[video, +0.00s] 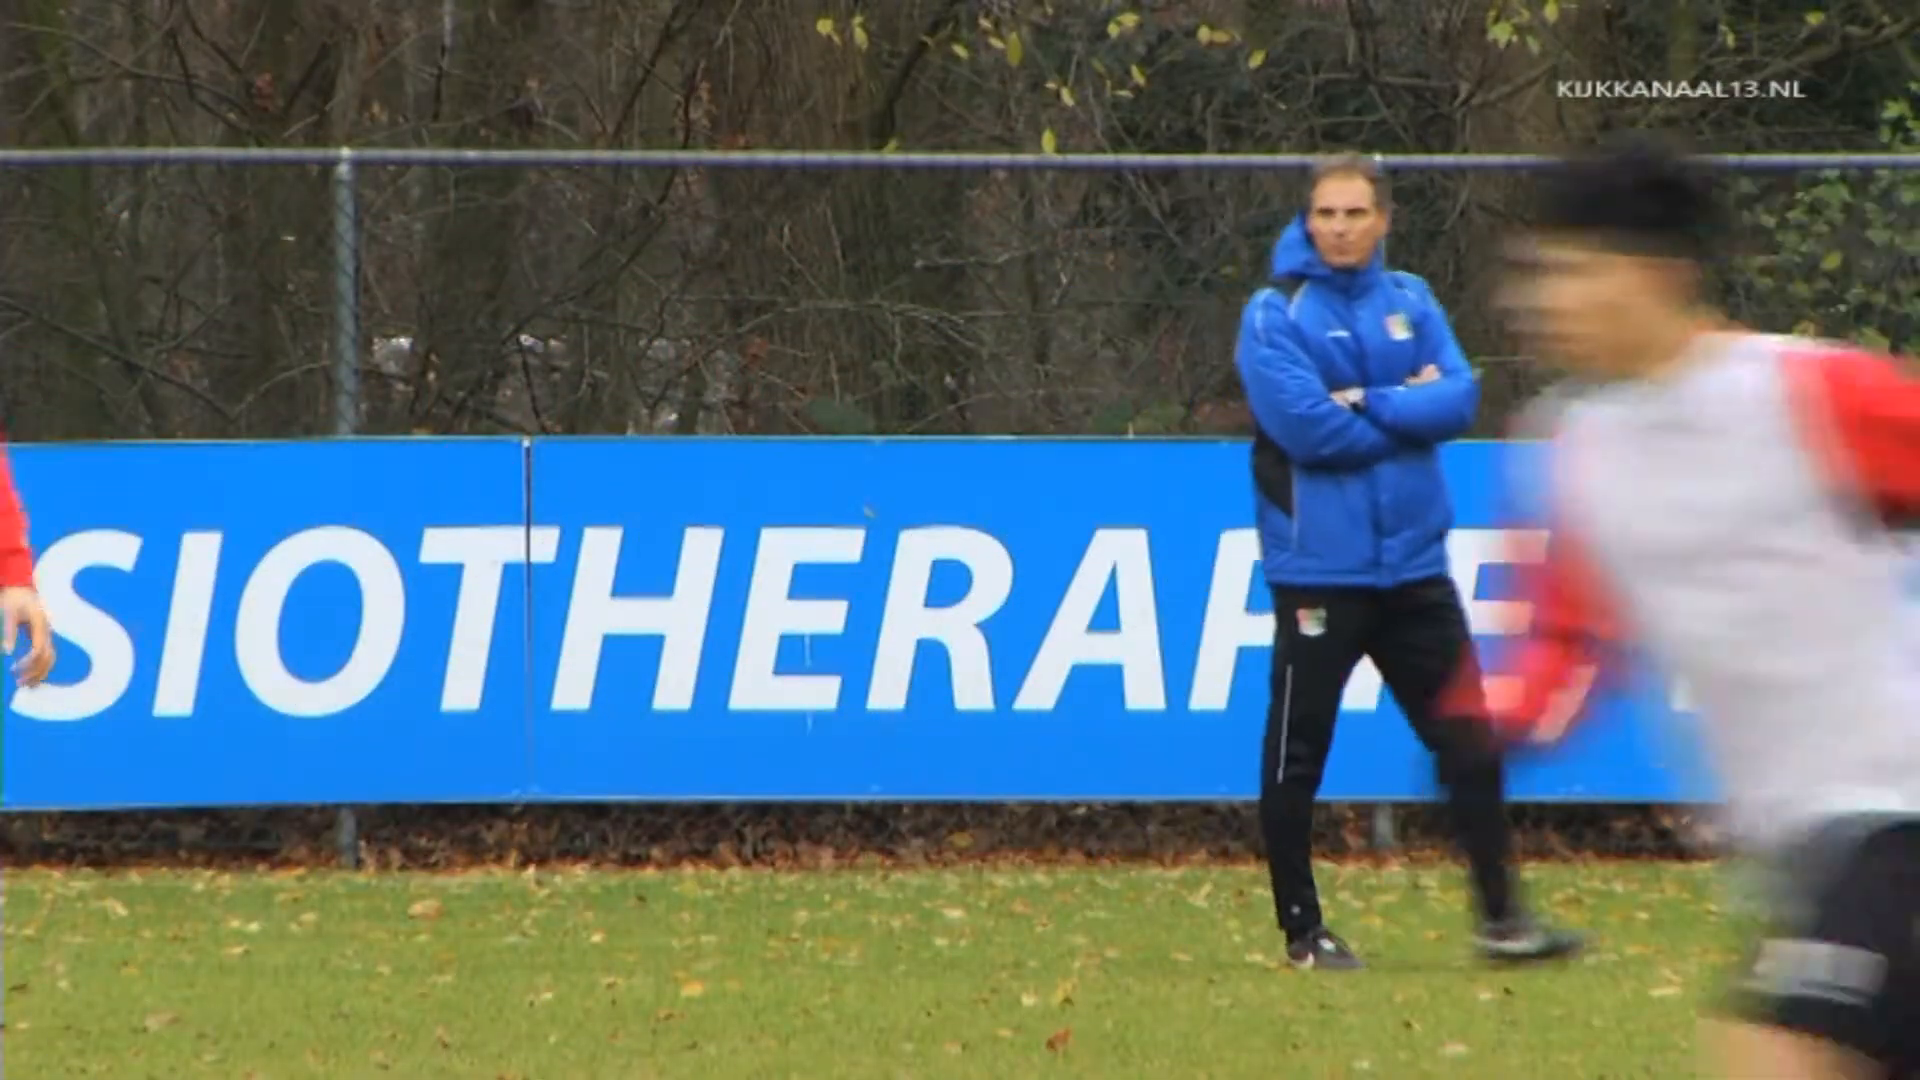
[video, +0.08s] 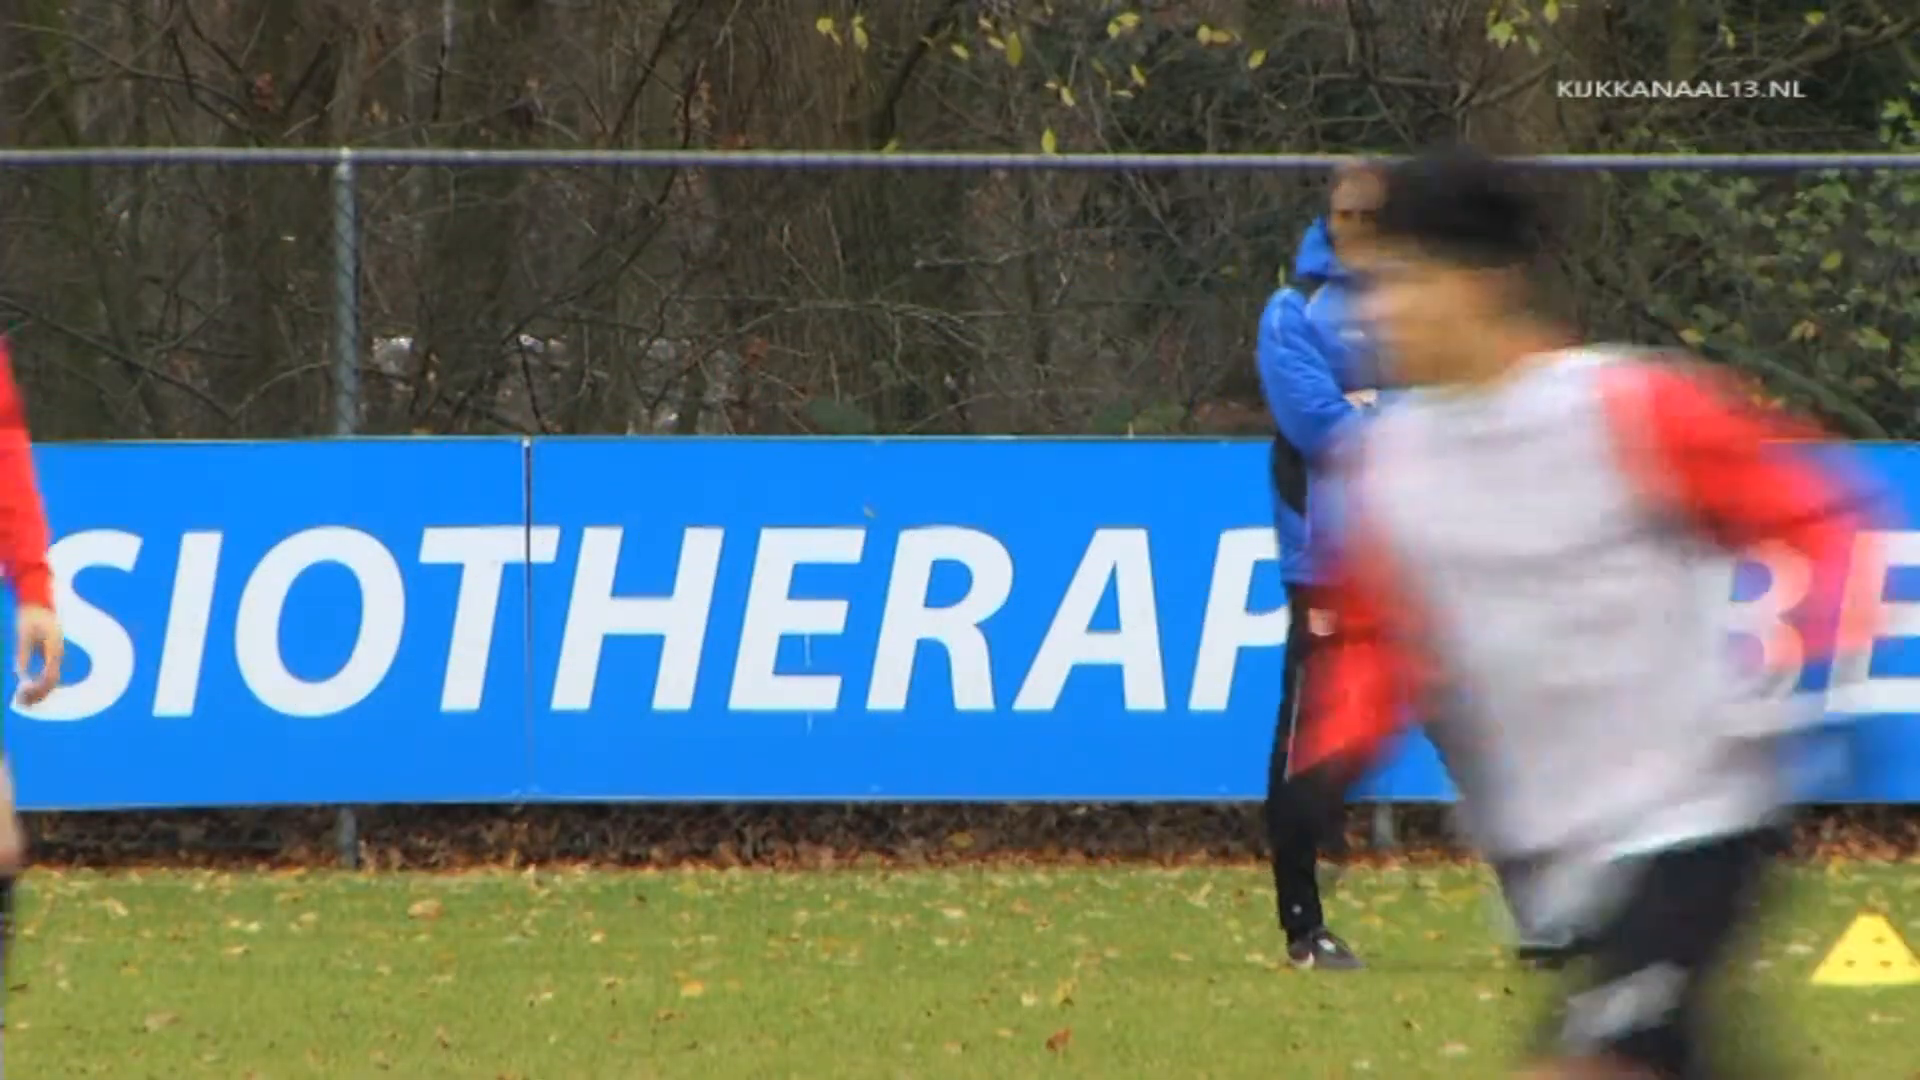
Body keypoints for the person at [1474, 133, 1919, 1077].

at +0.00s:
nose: (1549, 299)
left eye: (1577, 269)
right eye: (1543, 272)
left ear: (1670, 269)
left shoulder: (1816, 387)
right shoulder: (1585, 449)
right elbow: (1571, 633)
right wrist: (1507, 710)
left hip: (1893, 793)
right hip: (1779, 817)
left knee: (1779, 1045)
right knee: (1868, 1051)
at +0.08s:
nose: (1379, 309)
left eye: (1404, 279)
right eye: (1376, 282)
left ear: (1493, 278)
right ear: (1374, 287)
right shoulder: (1381, 460)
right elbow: (1377, 638)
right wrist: (1328, 761)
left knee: (1600, 1049)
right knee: (1658, 1056)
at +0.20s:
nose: (1401, 229)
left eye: (1416, 215)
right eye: (1387, 215)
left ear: (1443, 223)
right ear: (1364, 224)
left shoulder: (1474, 303)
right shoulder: (1326, 313)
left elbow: (1508, 400)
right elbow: (1349, 421)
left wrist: (1409, 407)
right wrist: (1469, 407)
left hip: (1469, 559)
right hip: (1368, 556)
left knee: (1500, 735)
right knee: (1375, 740)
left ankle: (1530, 925)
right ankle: (1378, 938)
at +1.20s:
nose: (1486, 223)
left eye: (1501, 209)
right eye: (1472, 209)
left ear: (1530, 218)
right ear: (1455, 220)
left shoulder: (1573, 295)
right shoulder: (1421, 316)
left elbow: (1606, 394)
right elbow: (1442, 430)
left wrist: (1498, 396)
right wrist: (1550, 412)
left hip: (1584, 558)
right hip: (1480, 567)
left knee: (1602, 733)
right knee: (1466, 747)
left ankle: (1557, 915)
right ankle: (1468, 932)